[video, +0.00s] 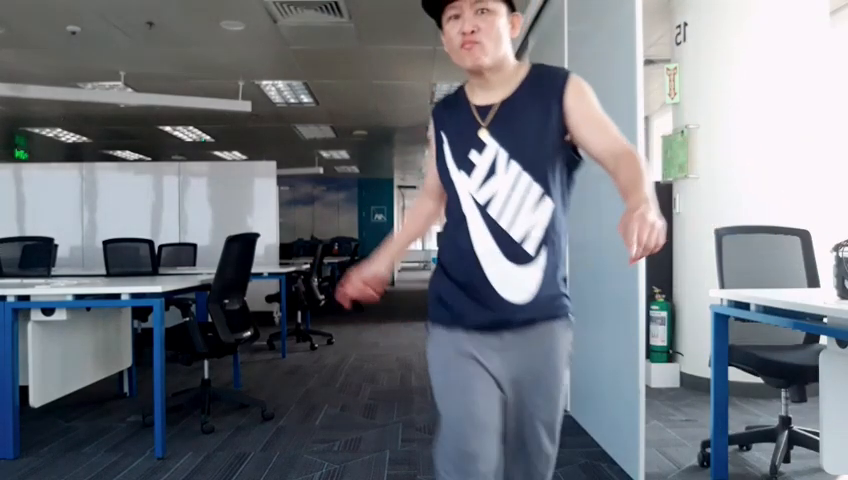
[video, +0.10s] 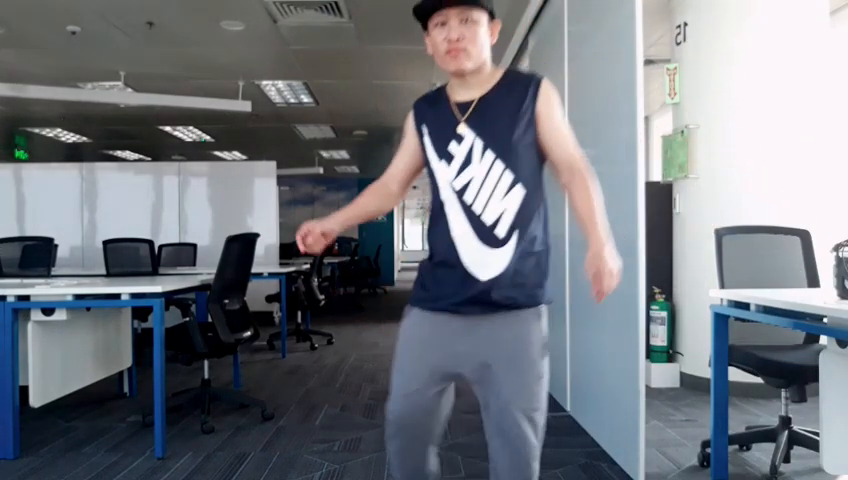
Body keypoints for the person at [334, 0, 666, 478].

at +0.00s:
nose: (467, 25)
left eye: (482, 11)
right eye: (453, 18)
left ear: (514, 24)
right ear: (444, 39)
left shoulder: (560, 89)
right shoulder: (445, 115)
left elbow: (618, 154)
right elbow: (432, 197)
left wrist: (641, 203)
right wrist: (383, 259)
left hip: (540, 326)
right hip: (457, 327)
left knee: (532, 466)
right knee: (470, 463)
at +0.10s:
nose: (453, 34)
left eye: (466, 20)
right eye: (440, 25)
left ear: (493, 31)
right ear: (428, 44)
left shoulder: (533, 92)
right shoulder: (424, 113)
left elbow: (572, 167)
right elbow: (390, 187)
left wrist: (599, 242)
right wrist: (332, 224)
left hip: (513, 307)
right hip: (434, 304)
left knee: (515, 447)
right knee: (406, 431)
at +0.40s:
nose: (413, 87)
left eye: (425, 77)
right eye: (403, 77)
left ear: (445, 89)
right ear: (387, 91)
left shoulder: (465, 148)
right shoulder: (370, 152)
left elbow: (490, 216)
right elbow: (351, 215)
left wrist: (518, 282)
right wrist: (341, 262)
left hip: (453, 321)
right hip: (384, 322)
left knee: (473, 431)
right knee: (364, 421)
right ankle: (360, 474)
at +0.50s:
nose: (370, 100)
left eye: (383, 91)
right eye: (365, 91)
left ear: (415, 98)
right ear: (359, 98)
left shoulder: (442, 154)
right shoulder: (353, 156)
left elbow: (469, 218)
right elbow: (336, 220)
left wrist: (492, 279)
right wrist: (309, 280)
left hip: (433, 313)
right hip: (368, 316)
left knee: (457, 411)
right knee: (359, 411)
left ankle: (473, 477)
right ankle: (360, 473)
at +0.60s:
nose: (360, 100)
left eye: (371, 90)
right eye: (357, 91)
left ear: (407, 95)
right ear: (355, 96)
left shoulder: (440, 152)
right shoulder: (352, 154)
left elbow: (468, 216)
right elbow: (331, 216)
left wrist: (486, 274)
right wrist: (295, 272)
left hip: (431, 309)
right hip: (367, 313)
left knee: (453, 405)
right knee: (359, 407)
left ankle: (468, 477)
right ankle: (359, 473)